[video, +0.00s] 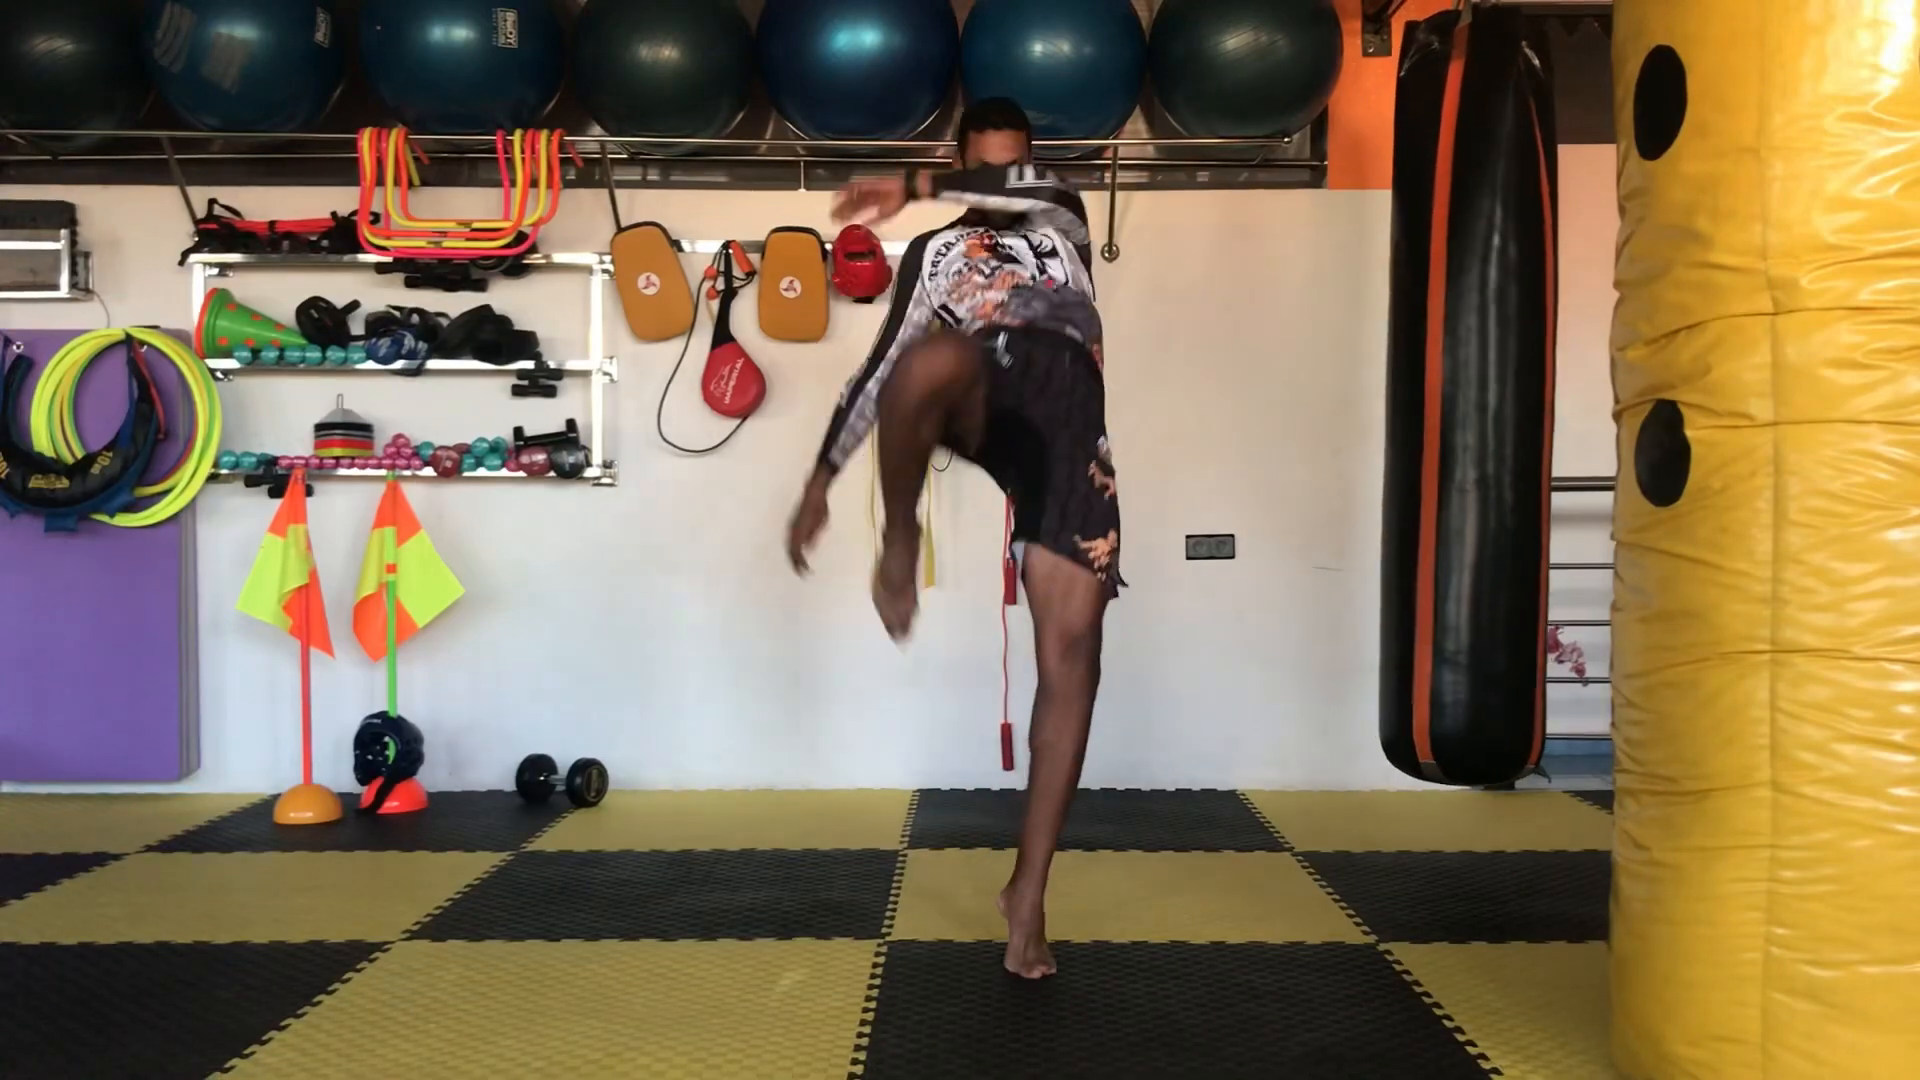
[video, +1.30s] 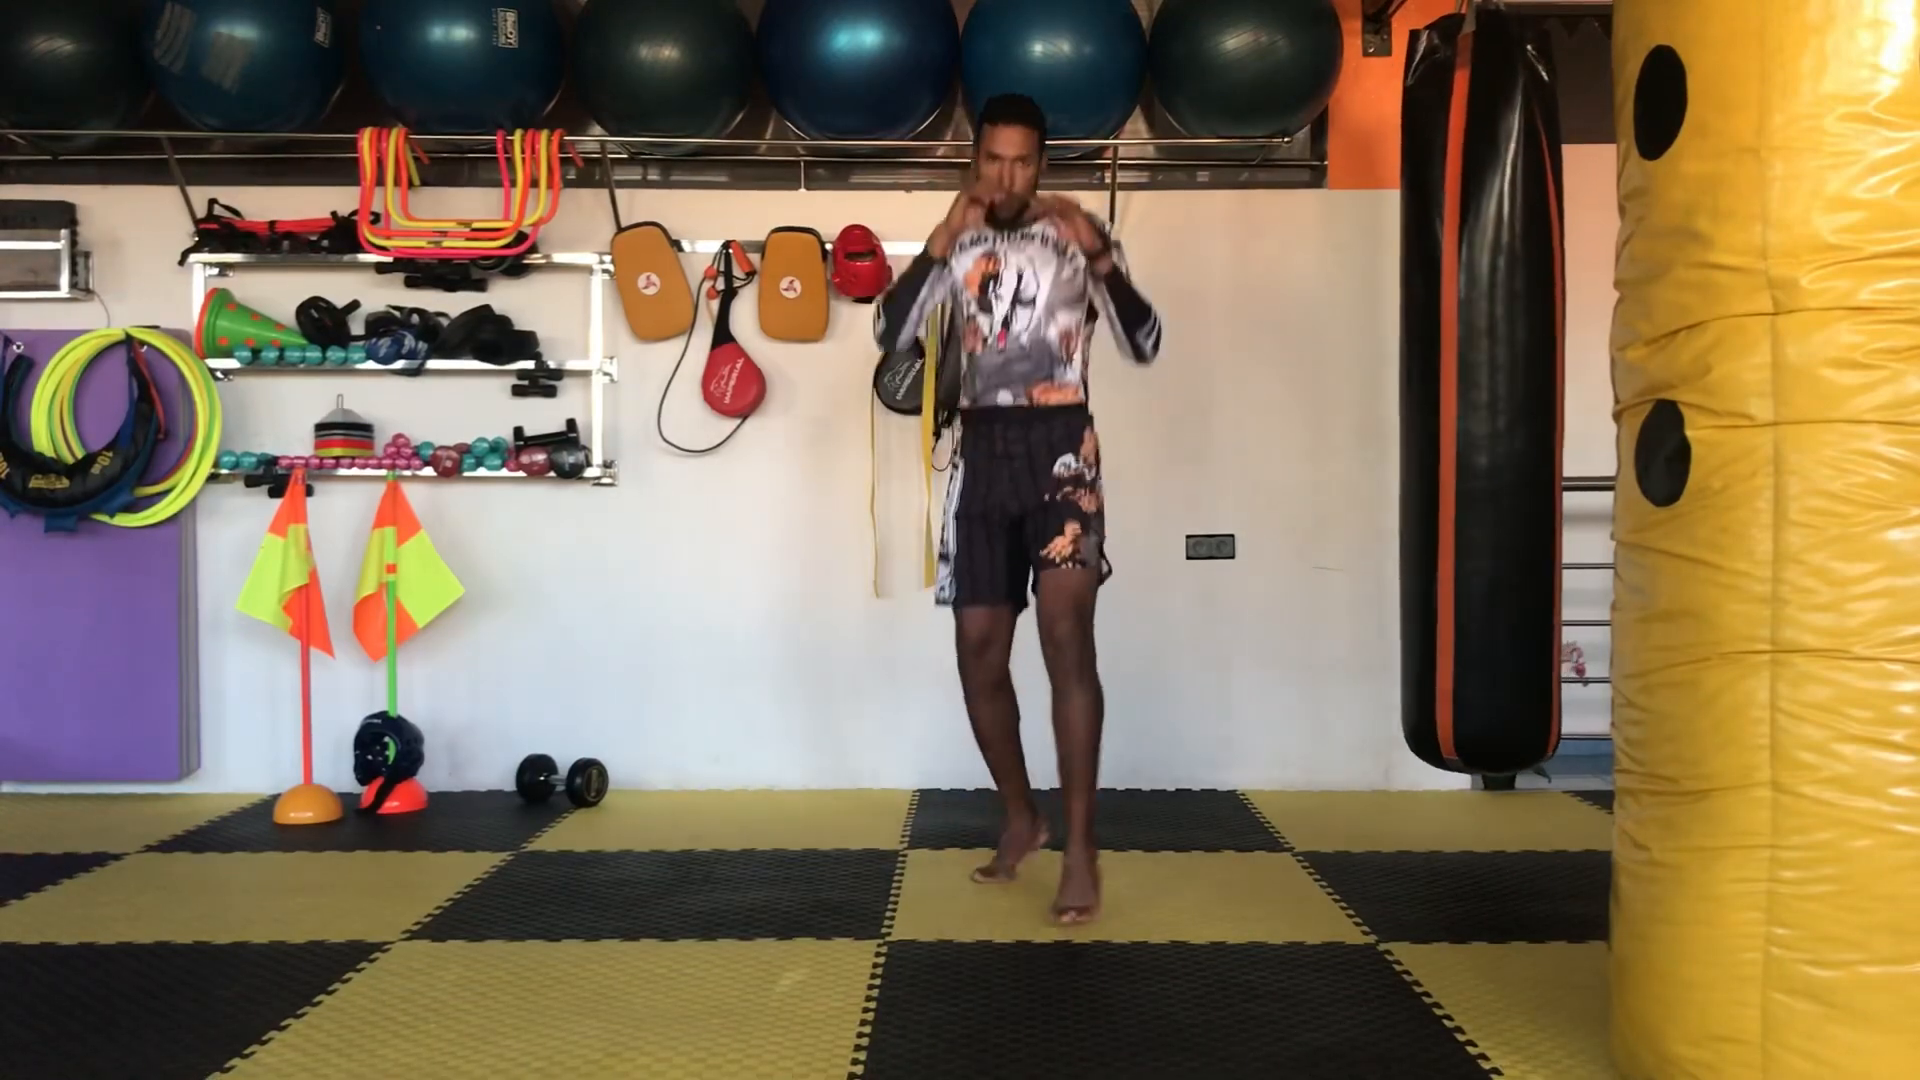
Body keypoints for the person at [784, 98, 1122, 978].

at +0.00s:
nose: (1002, 176)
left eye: (1016, 164)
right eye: (987, 166)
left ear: (1035, 164)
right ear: (962, 170)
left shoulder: (1062, 221)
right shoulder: (935, 250)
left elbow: (1027, 181)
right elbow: (880, 366)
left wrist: (914, 182)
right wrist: (818, 477)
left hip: (1064, 405)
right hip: (970, 391)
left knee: (1074, 657)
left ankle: (1029, 888)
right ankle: (900, 540)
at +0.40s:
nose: (990, 191)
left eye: (1003, 178)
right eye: (975, 179)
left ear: (1023, 183)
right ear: (951, 188)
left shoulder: (1054, 250)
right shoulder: (934, 274)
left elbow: (1076, 230)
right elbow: (850, 342)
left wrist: (947, 204)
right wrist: (795, 339)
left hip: (1088, 434)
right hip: (1001, 415)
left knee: (1080, 682)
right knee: (960, 348)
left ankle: (1014, 895)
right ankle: (907, 566)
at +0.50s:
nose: (995, 171)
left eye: (1008, 158)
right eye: (978, 157)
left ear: (1026, 165)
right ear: (953, 169)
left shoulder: (1057, 234)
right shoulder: (934, 256)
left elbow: (1115, 246)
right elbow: (860, 340)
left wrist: (1010, 194)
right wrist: (845, 305)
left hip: (1079, 435)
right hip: (996, 417)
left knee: (1059, 686)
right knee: (960, 415)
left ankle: (998, 908)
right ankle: (911, 604)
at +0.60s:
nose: (1003, 152)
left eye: (1015, 136)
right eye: (985, 136)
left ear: (1033, 145)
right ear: (959, 147)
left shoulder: (1068, 231)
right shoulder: (933, 247)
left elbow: (1157, 280)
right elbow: (893, 374)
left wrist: (1088, 205)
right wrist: (880, 298)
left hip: (1066, 445)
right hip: (978, 429)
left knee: (1040, 685)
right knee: (951, 513)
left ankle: (992, 914)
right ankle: (913, 654)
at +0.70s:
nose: (1010, 144)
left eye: (1023, 129)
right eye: (994, 128)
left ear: (1041, 141)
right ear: (965, 141)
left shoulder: (1074, 230)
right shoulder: (931, 241)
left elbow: (1174, 321)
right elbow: (890, 361)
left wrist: (1156, 257)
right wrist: (940, 272)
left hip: (1060, 450)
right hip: (970, 441)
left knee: (1034, 686)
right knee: (924, 618)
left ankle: (992, 915)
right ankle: (928, 714)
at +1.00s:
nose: (1004, 185)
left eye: (1020, 171)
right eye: (991, 170)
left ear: (1039, 180)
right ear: (970, 177)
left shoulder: (1079, 273)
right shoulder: (939, 269)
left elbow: (1104, 410)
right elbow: (893, 380)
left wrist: (1112, 373)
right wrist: (951, 272)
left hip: (1056, 490)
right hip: (968, 491)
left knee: (1044, 695)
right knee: (959, 701)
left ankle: (1001, 909)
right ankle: (1018, 810)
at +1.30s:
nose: (1006, 173)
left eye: (1020, 160)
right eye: (994, 158)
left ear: (1042, 164)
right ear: (975, 160)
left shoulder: (1075, 236)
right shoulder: (952, 248)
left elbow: (1142, 343)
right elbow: (892, 336)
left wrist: (1103, 259)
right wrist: (938, 248)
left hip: (1062, 453)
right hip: (980, 455)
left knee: (1067, 645)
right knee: (980, 655)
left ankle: (1080, 843)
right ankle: (1019, 815)